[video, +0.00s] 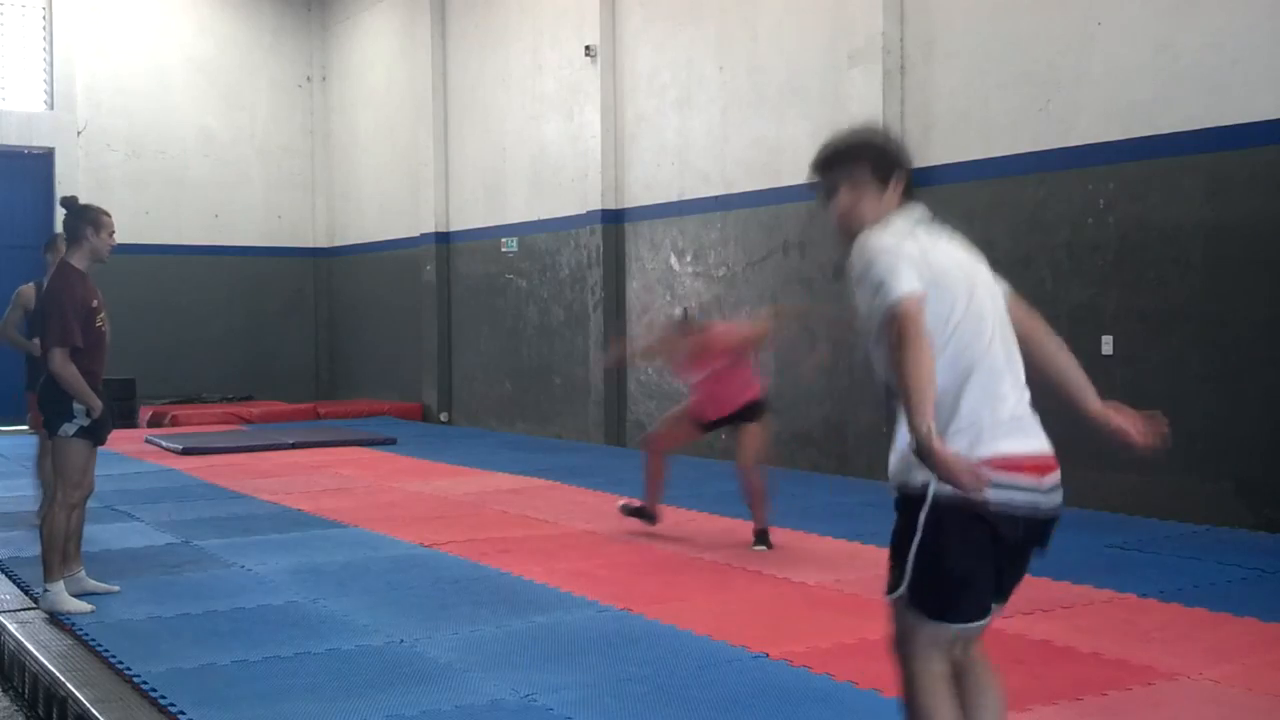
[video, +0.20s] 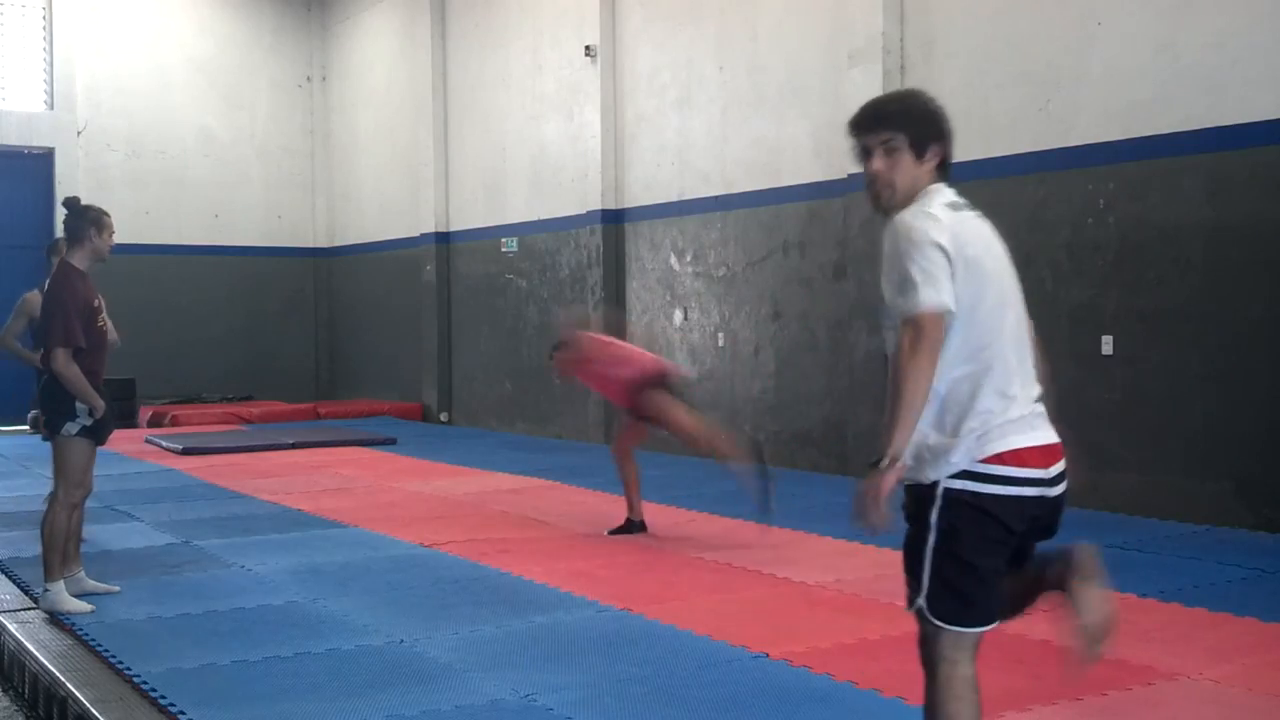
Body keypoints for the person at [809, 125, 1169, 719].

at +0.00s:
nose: (834, 209)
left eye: (841, 191)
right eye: (830, 194)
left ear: (887, 185)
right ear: (896, 187)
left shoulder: (881, 245)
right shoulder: (955, 247)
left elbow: (909, 326)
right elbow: (1029, 326)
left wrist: (924, 436)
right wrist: (1093, 405)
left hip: (957, 487)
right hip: (1029, 489)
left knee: (922, 652)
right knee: (964, 649)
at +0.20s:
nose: (870, 167)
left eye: (885, 151)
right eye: (865, 153)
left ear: (931, 155)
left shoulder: (915, 227)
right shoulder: (974, 225)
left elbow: (924, 333)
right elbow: (1023, 351)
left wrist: (892, 456)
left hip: (975, 476)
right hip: (1036, 471)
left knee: (947, 651)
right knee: (964, 606)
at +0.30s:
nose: (867, 163)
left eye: (880, 147)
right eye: (868, 147)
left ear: (929, 151)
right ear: (931, 153)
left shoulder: (922, 226)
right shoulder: (990, 218)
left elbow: (927, 347)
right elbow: (995, 347)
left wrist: (880, 461)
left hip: (977, 475)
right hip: (1039, 467)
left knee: (955, 649)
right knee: (997, 594)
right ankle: (1113, 618)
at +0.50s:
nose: (908, 163)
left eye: (911, 150)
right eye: (909, 150)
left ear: (924, 155)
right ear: (987, 148)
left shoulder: (935, 234)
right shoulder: (1035, 223)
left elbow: (939, 370)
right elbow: (1042, 341)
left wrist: (897, 433)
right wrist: (926, 387)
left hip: (991, 478)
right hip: (1071, 468)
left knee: (974, 666)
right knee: (1083, 631)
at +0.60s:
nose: (935, 164)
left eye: (936, 152)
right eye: (937, 151)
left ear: (946, 158)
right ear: (1012, 152)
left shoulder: (951, 240)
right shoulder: (1064, 227)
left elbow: (955, 371)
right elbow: (1093, 340)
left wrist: (915, 443)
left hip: (1013, 482)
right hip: (1094, 474)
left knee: (990, 666)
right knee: (1100, 639)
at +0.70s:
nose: (974, 163)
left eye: (976, 153)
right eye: (980, 151)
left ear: (983, 160)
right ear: (1051, 156)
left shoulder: (982, 241)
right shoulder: (1104, 232)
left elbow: (983, 367)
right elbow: (1137, 345)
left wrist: (950, 464)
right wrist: (1095, 409)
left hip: (1041, 483)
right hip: (1123, 475)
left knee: (1000, 656)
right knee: (1119, 639)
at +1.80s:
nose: (987, 236)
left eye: (988, 222)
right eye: (987, 222)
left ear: (999, 220)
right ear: (1058, 211)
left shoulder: (1006, 269)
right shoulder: (1111, 267)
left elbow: (987, 374)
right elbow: (1115, 394)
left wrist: (983, 460)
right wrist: (1038, 465)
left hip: (1107, 488)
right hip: (1185, 491)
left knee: (1037, 620)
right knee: (1106, 627)